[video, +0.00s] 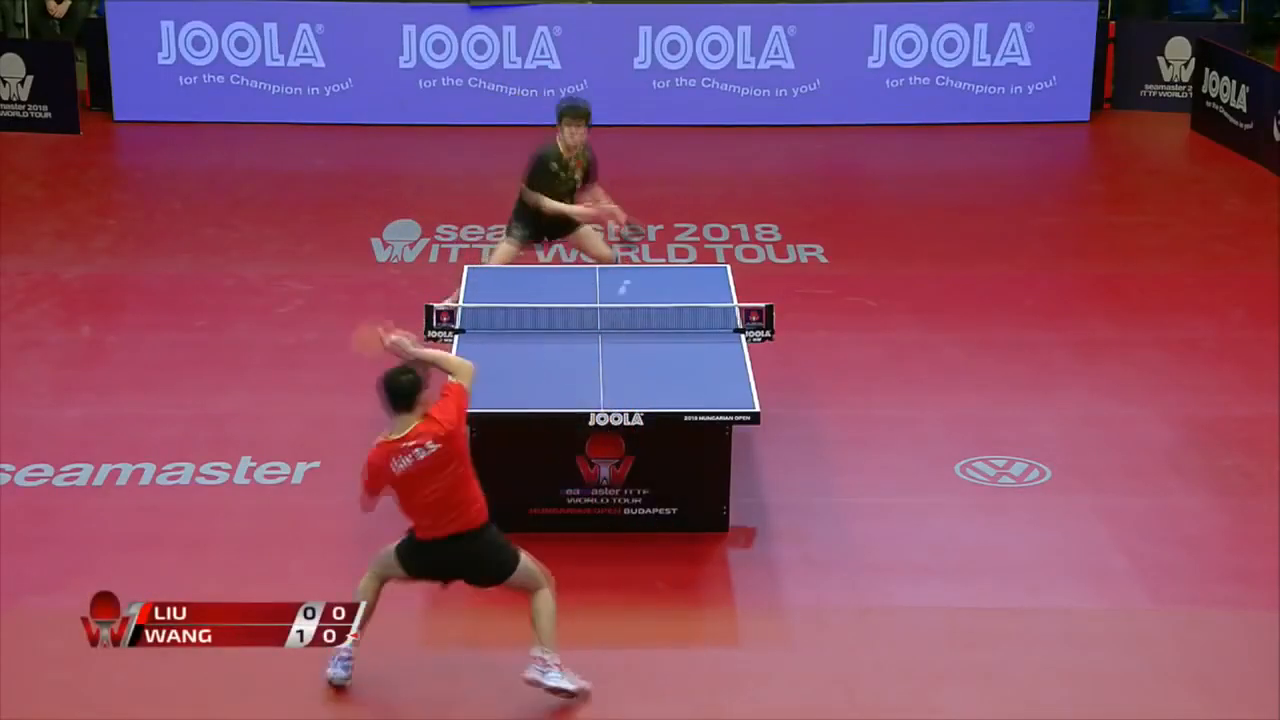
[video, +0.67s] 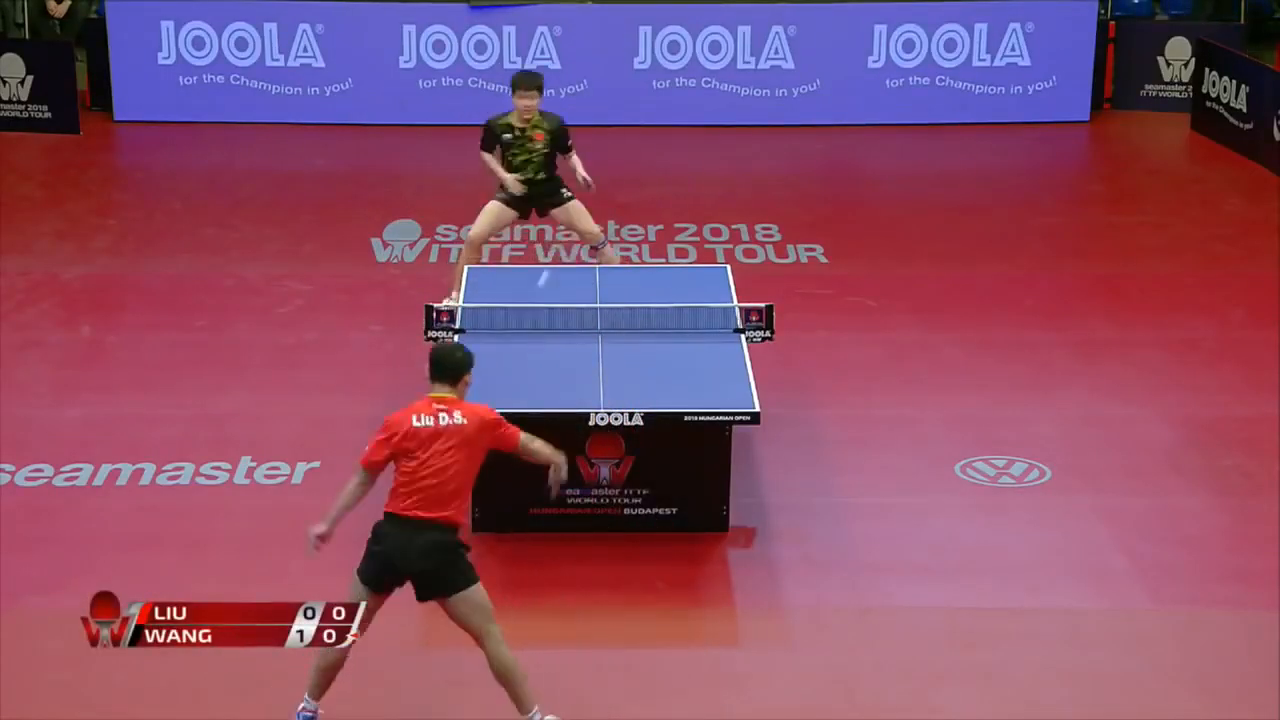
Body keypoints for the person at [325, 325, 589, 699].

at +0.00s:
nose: (428, 393)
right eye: (424, 388)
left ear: (386, 402)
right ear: (422, 395)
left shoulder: (381, 456)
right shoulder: (446, 419)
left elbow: (367, 502)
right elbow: (464, 369)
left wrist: (388, 453)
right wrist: (414, 351)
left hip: (427, 552)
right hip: (478, 546)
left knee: (376, 573)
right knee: (541, 584)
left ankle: (344, 656)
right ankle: (547, 663)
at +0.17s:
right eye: (423, 387)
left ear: (388, 397)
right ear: (426, 392)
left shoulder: (378, 454)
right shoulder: (453, 424)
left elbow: (363, 516)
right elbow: (502, 409)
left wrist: (371, 483)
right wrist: (467, 363)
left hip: (415, 561)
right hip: (468, 555)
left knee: (372, 578)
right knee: (531, 586)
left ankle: (344, 664)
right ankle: (560, 676)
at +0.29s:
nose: (457, 390)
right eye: (456, 385)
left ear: (418, 389)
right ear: (454, 392)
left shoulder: (387, 436)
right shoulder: (468, 435)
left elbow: (363, 494)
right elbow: (521, 463)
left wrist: (396, 519)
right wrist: (508, 409)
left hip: (394, 556)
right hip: (447, 560)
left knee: (358, 581)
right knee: (521, 602)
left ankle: (329, 665)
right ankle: (564, 690)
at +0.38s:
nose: (476, 413)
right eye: (475, 408)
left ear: (435, 409)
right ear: (471, 416)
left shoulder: (406, 446)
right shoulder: (477, 463)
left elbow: (369, 497)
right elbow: (514, 519)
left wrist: (410, 513)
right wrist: (521, 486)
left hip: (388, 569)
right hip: (437, 578)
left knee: (355, 603)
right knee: (515, 619)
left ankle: (300, 679)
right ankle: (532, 712)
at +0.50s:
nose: (476, 423)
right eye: (476, 417)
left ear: (435, 421)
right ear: (472, 424)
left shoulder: (405, 456)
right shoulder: (478, 478)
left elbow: (376, 489)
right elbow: (513, 532)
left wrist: (420, 485)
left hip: (385, 586)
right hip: (438, 592)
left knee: (343, 619)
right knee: (515, 622)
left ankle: (291, 690)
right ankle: (533, 713)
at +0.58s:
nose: (473, 402)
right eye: (473, 398)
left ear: (435, 399)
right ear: (471, 404)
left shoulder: (408, 438)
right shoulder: (487, 446)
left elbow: (369, 462)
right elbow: (529, 474)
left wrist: (361, 452)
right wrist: (523, 446)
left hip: (389, 563)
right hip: (439, 572)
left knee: (342, 622)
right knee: (499, 626)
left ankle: (292, 691)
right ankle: (530, 711)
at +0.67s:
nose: (471, 380)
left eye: (467, 374)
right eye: (471, 375)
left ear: (430, 375)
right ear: (465, 378)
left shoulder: (401, 420)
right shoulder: (480, 419)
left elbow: (364, 477)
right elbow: (529, 446)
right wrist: (557, 458)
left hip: (391, 538)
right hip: (440, 545)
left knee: (346, 626)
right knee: (488, 634)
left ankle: (307, 707)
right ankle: (533, 714)